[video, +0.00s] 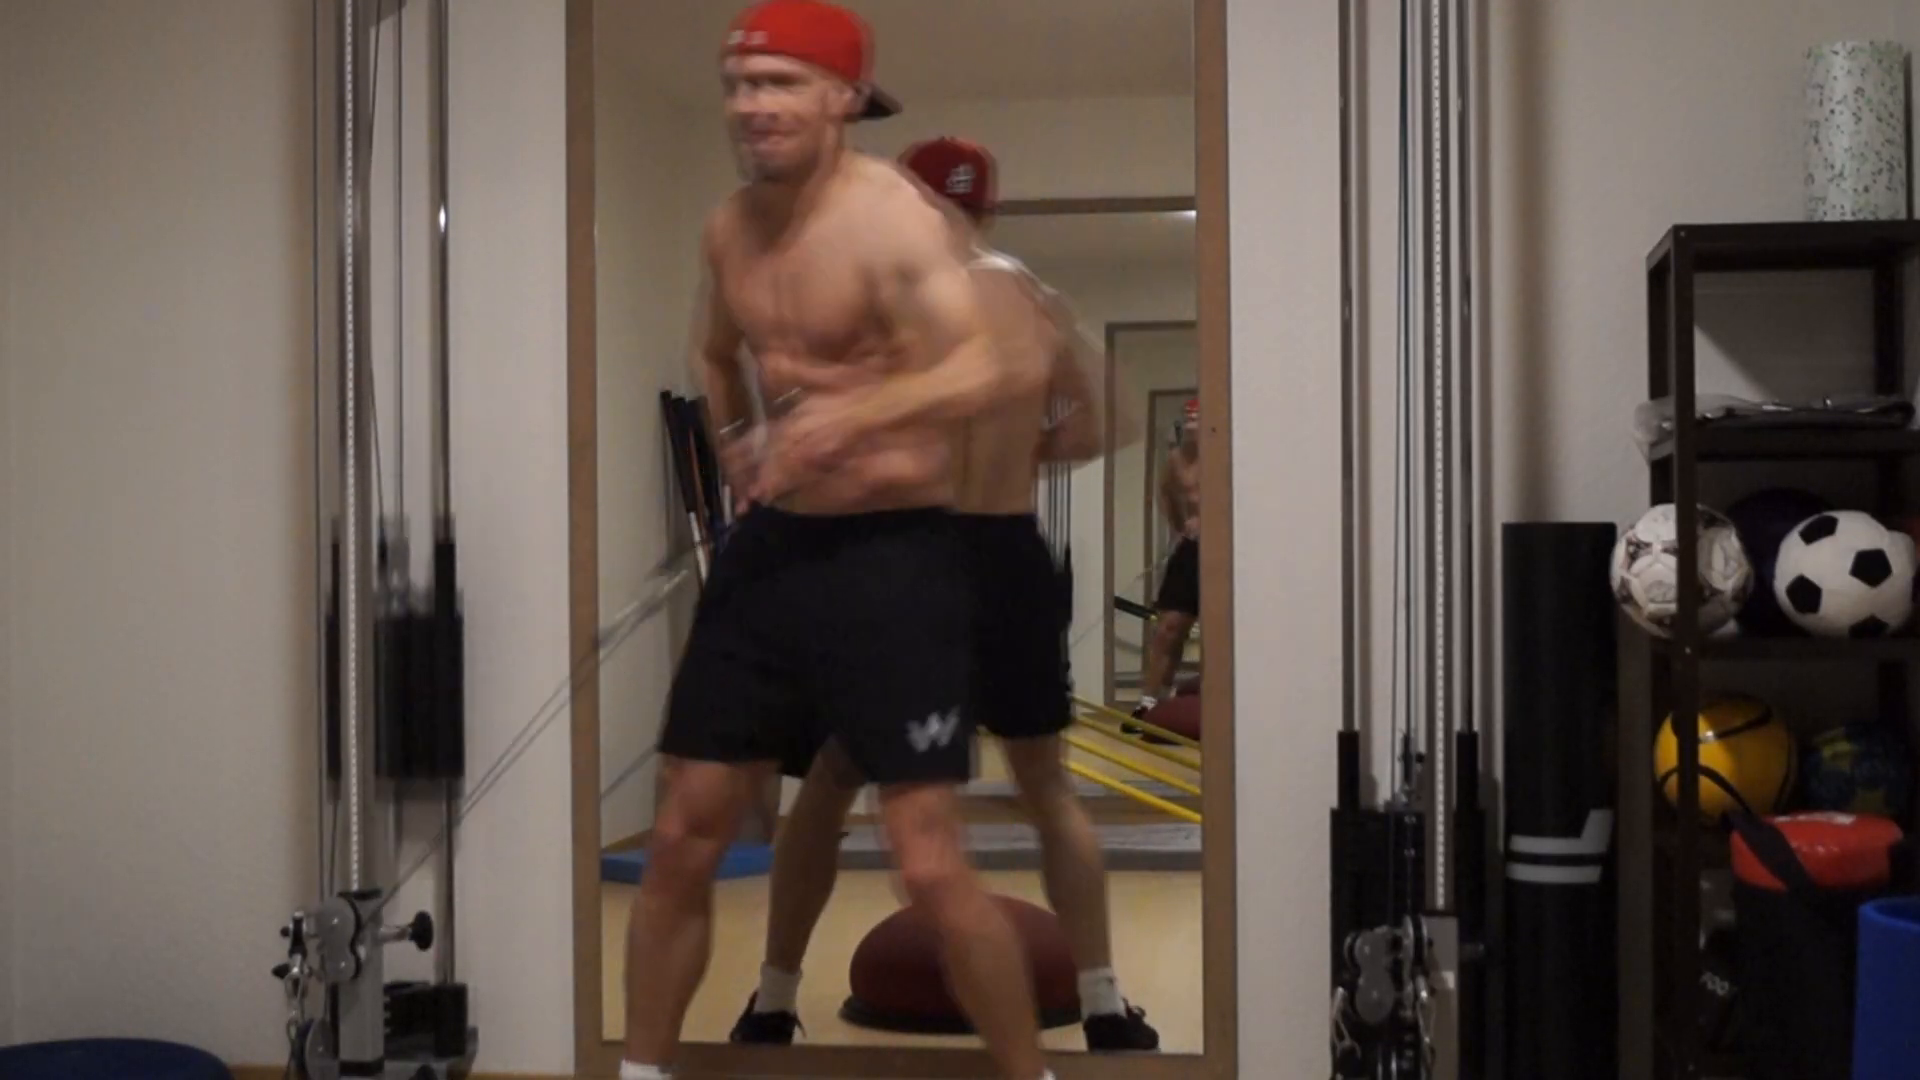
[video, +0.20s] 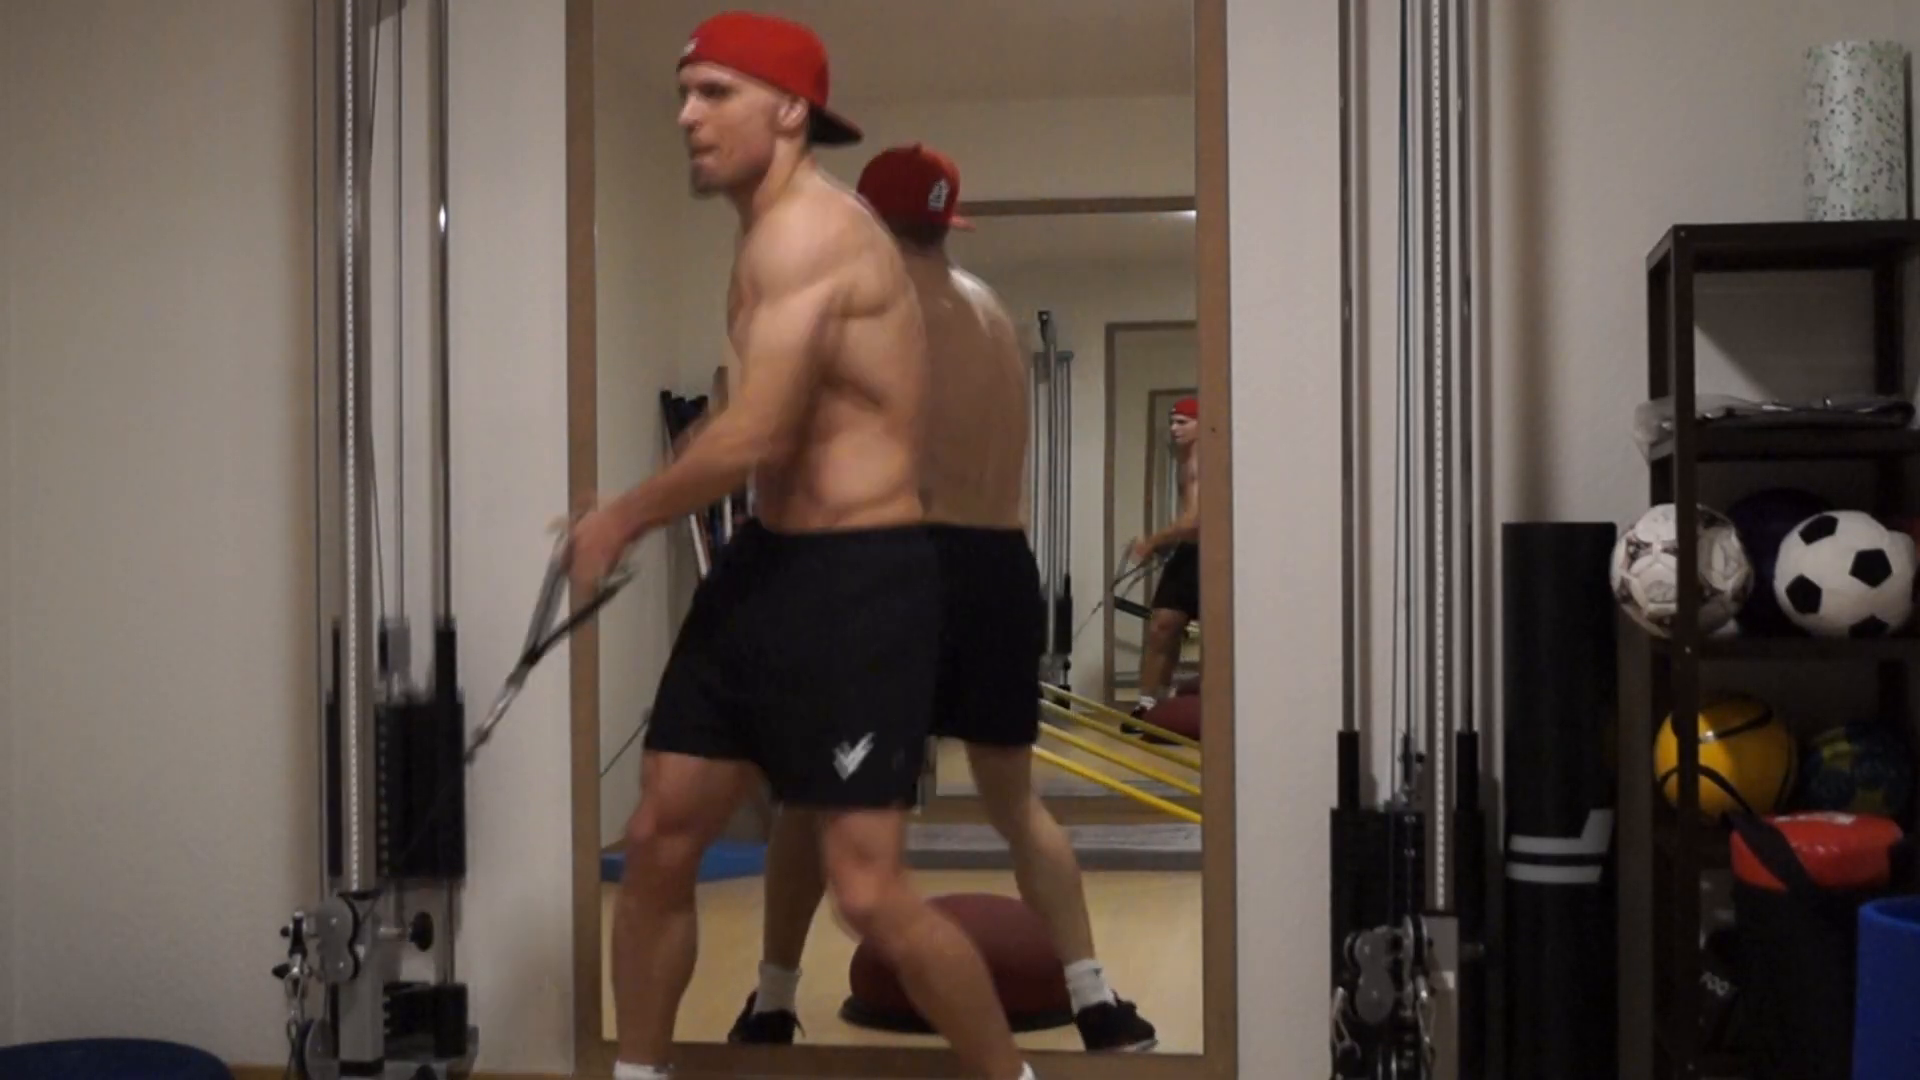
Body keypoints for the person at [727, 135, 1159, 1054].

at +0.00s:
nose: (906, 211)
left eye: (911, 195)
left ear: (914, 202)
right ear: (987, 207)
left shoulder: (877, 295)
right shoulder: (1032, 298)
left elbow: (837, 419)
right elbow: (1093, 427)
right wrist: (1015, 450)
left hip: (902, 561)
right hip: (1014, 559)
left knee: (827, 786)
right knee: (1050, 787)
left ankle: (774, 995)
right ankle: (1102, 1000)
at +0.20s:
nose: (864, 232)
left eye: (867, 219)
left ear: (876, 222)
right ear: (948, 223)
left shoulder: (868, 298)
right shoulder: (996, 311)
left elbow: (824, 439)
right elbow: (1004, 442)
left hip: (900, 569)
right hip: (1003, 568)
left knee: (811, 793)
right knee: (1017, 799)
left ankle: (773, 1000)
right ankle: (1095, 998)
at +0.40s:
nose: (878, 237)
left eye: (886, 225)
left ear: (903, 229)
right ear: (975, 233)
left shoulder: (887, 314)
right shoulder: (1019, 314)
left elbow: (831, 446)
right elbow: (1023, 438)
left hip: (911, 576)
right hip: (1019, 575)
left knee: (820, 795)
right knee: (1040, 792)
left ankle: (778, 999)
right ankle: (1100, 994)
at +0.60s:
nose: (997, 228)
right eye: (995, 214)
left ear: (913, 212)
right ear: (992, 222)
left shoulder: (860, 291)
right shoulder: (1007, 318)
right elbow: (997, 478)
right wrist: (980, 498)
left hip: (850, 545)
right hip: (959, 556)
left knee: (815, 798)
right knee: (1045, 788)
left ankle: (753, 997)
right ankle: (1110, 1005)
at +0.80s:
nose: (935, 232)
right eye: (942, 216)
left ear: (860, 207)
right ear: (944, 217)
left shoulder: (803, 287)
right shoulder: (972, 297)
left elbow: (677, 392)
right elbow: (1064, 373)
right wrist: (1012, 494)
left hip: (820, 556)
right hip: (943, 553)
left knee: (788, 793)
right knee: (1016, 780)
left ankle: (750, 1002)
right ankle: (1084, 998)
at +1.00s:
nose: (963, 226)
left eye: (940, 212)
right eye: (964, 214)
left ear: (876, 205)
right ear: (963, 216)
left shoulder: (817, 282)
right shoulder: (985, 292)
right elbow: (1073, 378)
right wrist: (1022, 499)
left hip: (835, 554)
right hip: (954, 552)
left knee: (797, 784)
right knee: (1029, 779)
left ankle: (751, 1001)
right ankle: (1083, 1000)